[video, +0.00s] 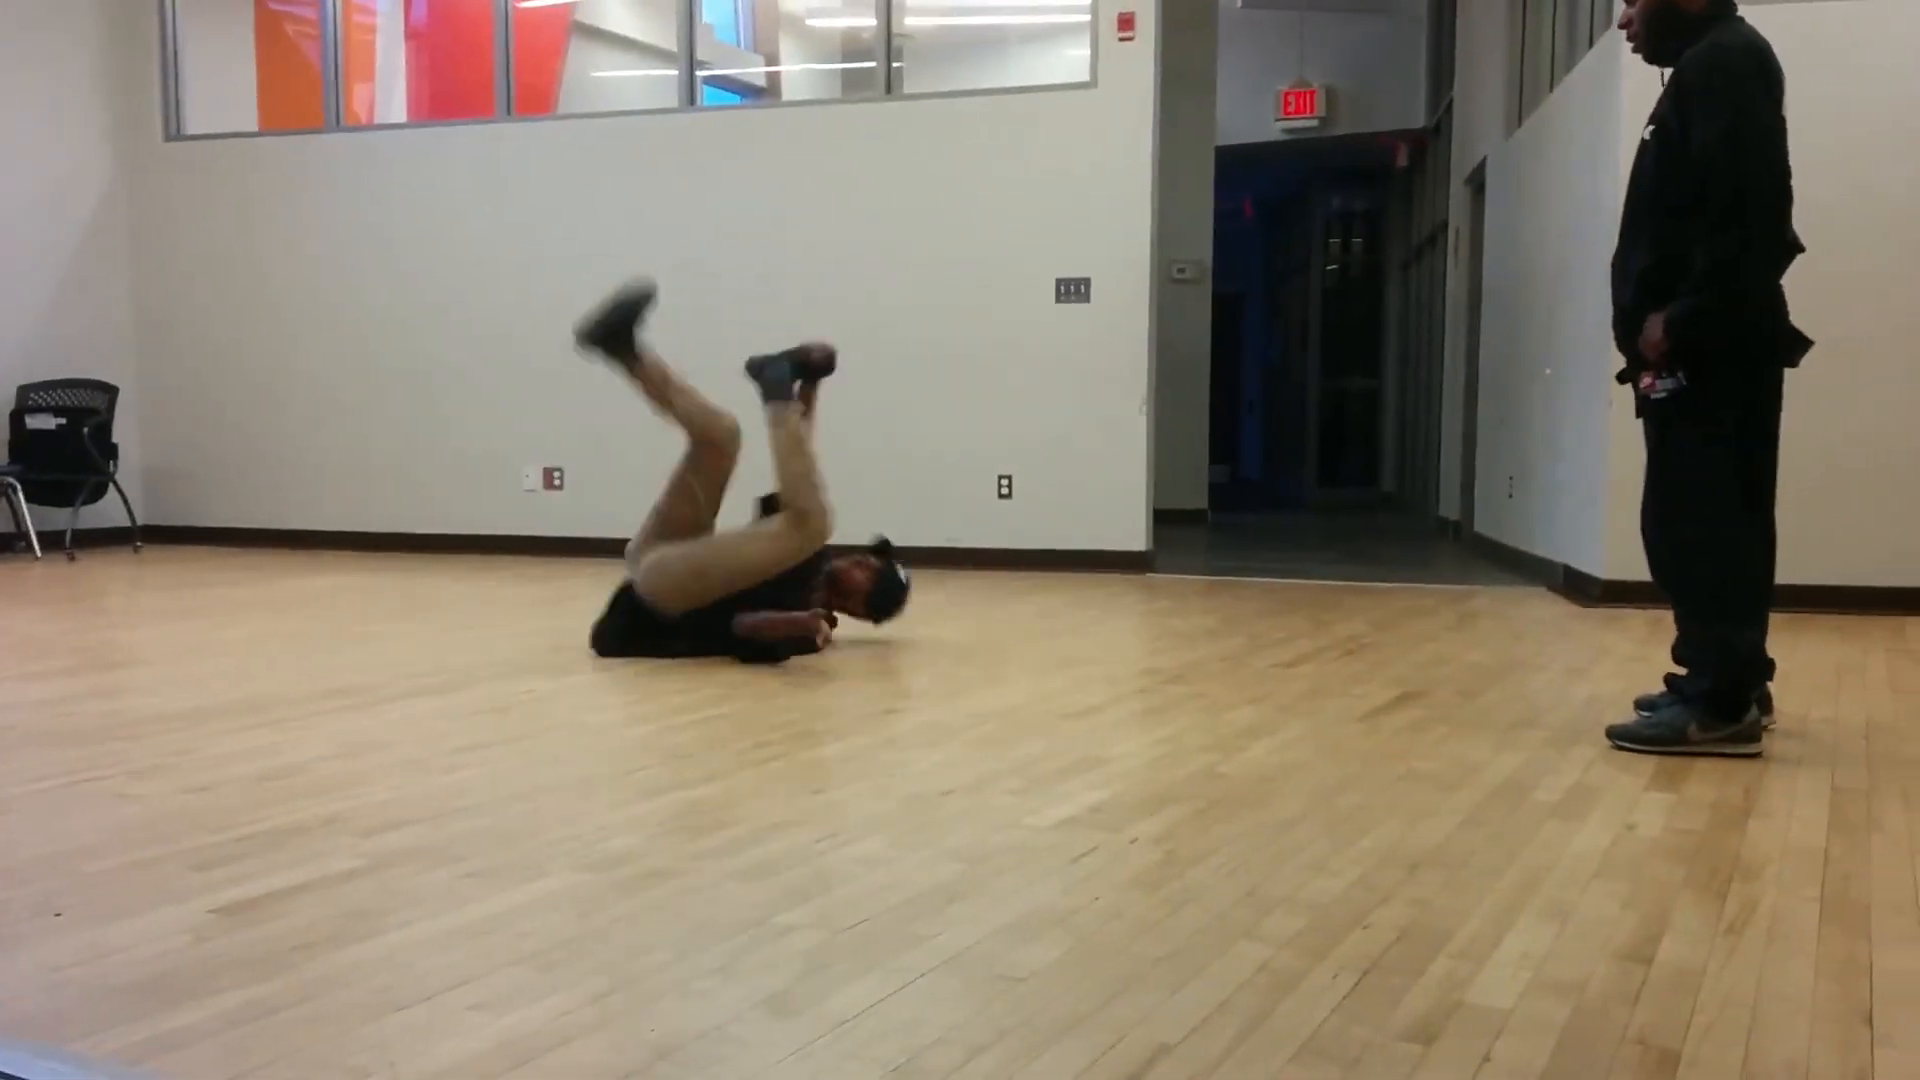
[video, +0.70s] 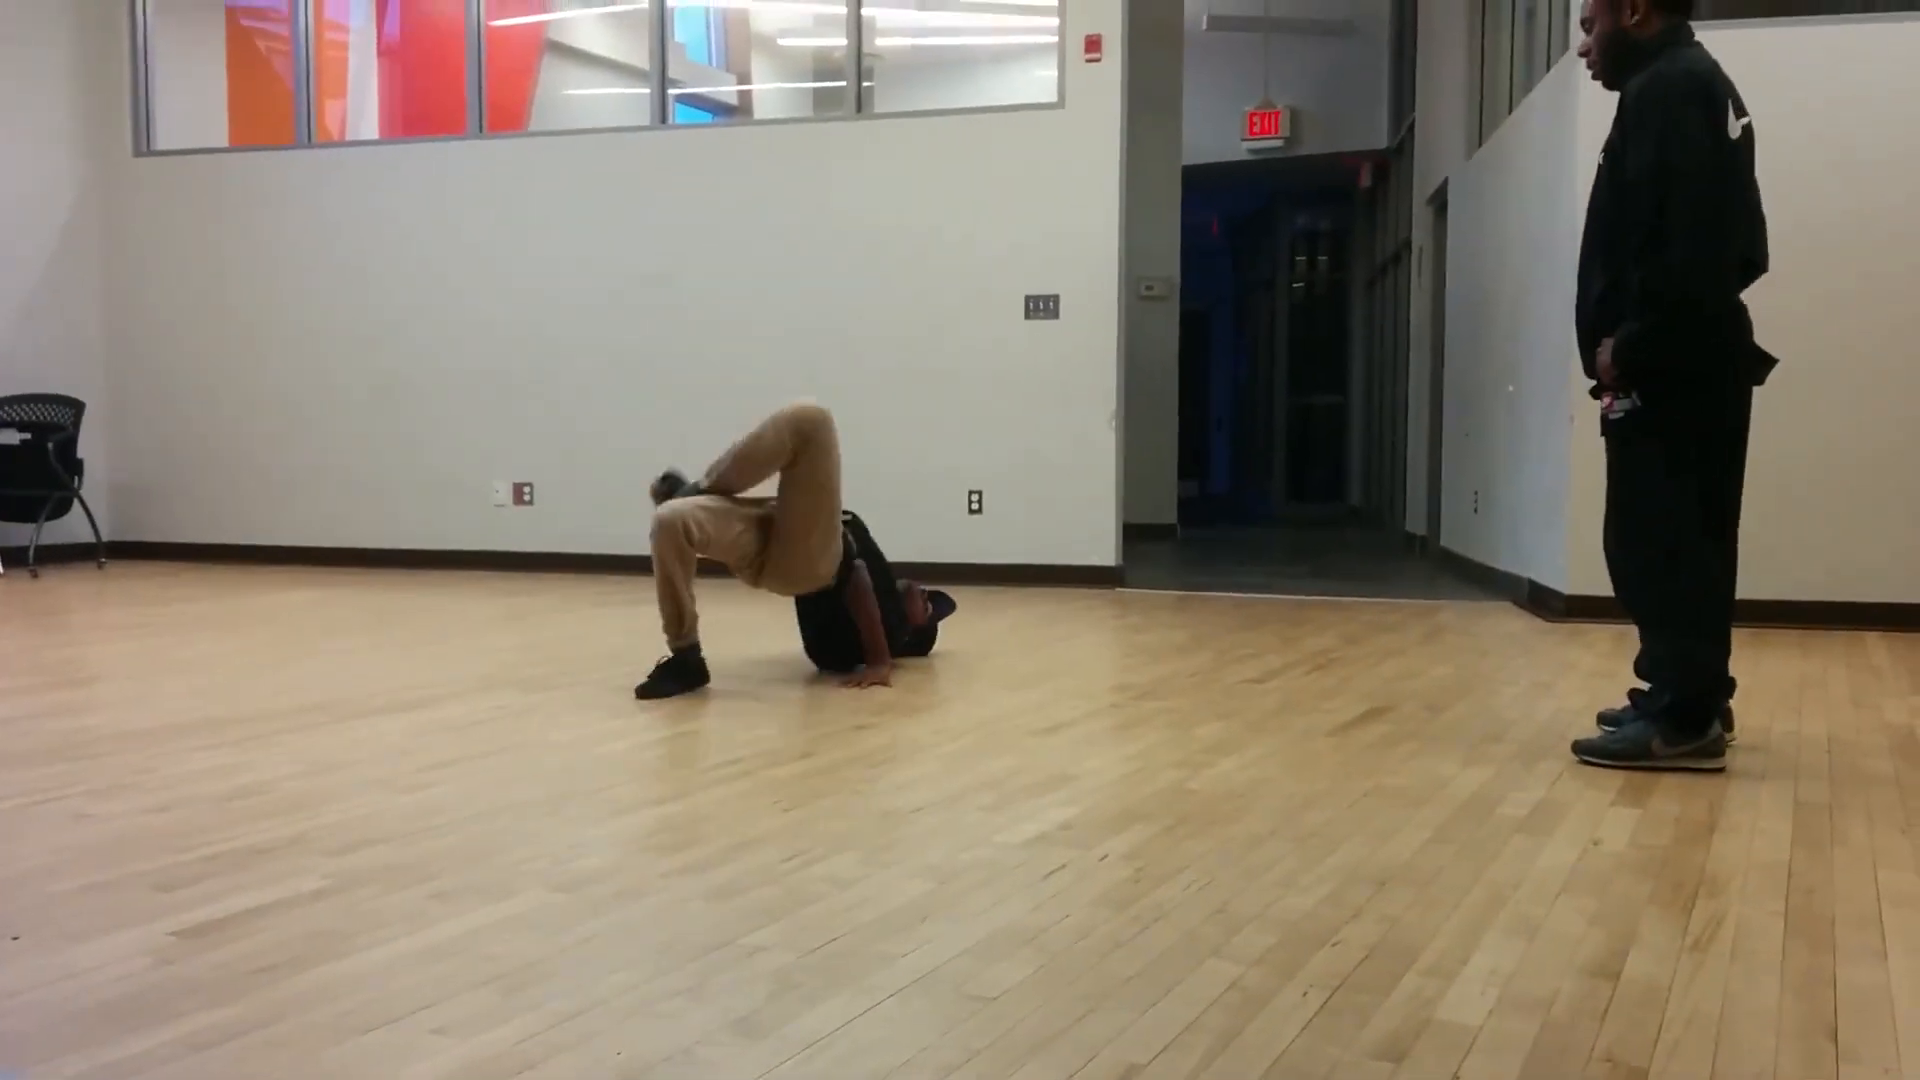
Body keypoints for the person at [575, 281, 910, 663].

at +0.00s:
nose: (858, 572)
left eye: (866, 584)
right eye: (867, 566)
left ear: (858, 609)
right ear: (860, 555)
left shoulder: (806, 623)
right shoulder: (798, 558)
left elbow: (742, 628)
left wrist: (807, 625)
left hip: (657, 603)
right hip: (655, 562)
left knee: (810, 527)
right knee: (720, 436)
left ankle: (775, 388)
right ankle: (620, 345)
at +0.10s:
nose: (875, 580)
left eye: (882, 595)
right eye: (885, 582)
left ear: (867, 625)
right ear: (872, 578)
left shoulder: (807, 628)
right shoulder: (820, 559)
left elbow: (749, 593)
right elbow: (793, 473)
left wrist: (826, 635)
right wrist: (786, 392)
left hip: (701, 537)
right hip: (705, 494)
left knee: (844, 467)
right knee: (710, 384)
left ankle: (773, 377)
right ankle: (584, 314)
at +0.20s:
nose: (890, 586)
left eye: (893, 599)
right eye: (896, 585)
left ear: (873, 622)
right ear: (882, 577)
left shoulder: (814, 626)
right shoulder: (831, 568)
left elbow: (797, 571)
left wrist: (851, 644)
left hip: (746, 498)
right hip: (724, 468)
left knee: (861, 393)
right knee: (721, 343)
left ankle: (738, 383)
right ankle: (580, 355)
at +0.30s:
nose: (895, 582)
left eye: (902, 593)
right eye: (901, 581)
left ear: (890, 615)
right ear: (889, 580)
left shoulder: (833, 630)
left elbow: (834, 563)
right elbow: (740, 484)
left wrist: (869, 647)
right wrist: (681, 429)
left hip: (797, 481)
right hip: (765, 486)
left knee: (844, 345)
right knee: (701, 344)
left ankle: (706, 403)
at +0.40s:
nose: (910, 592)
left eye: (913, 599)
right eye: (912, 595)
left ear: (902, 611)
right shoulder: (829, 610)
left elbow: (871, 561)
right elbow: (747, 501)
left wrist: (881, 652)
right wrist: (692, 462)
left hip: (823, 476)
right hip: (780, 497)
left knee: (816, 340)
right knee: (663, 405)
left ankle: (715, 415)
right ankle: (631, 554)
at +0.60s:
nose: (924, 589)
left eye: (932, 600)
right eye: (928, 588)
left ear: (925, 619)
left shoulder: (912, 626)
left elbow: (868, 569)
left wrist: (882, 658)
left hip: (820, 545)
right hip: (765, 530)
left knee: (780, 402)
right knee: (663, 513)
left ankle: (694, 499)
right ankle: (692, 654)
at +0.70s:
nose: (924, 594)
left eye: (929, 607)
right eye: (929, 595)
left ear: (913, 632)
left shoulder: (895, 636)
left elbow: (858, 577)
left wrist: (880, 663)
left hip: (810, 562)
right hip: (766, 534)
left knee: (811, 423)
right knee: (671, 522)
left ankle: (699, 495)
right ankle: (686, 660)